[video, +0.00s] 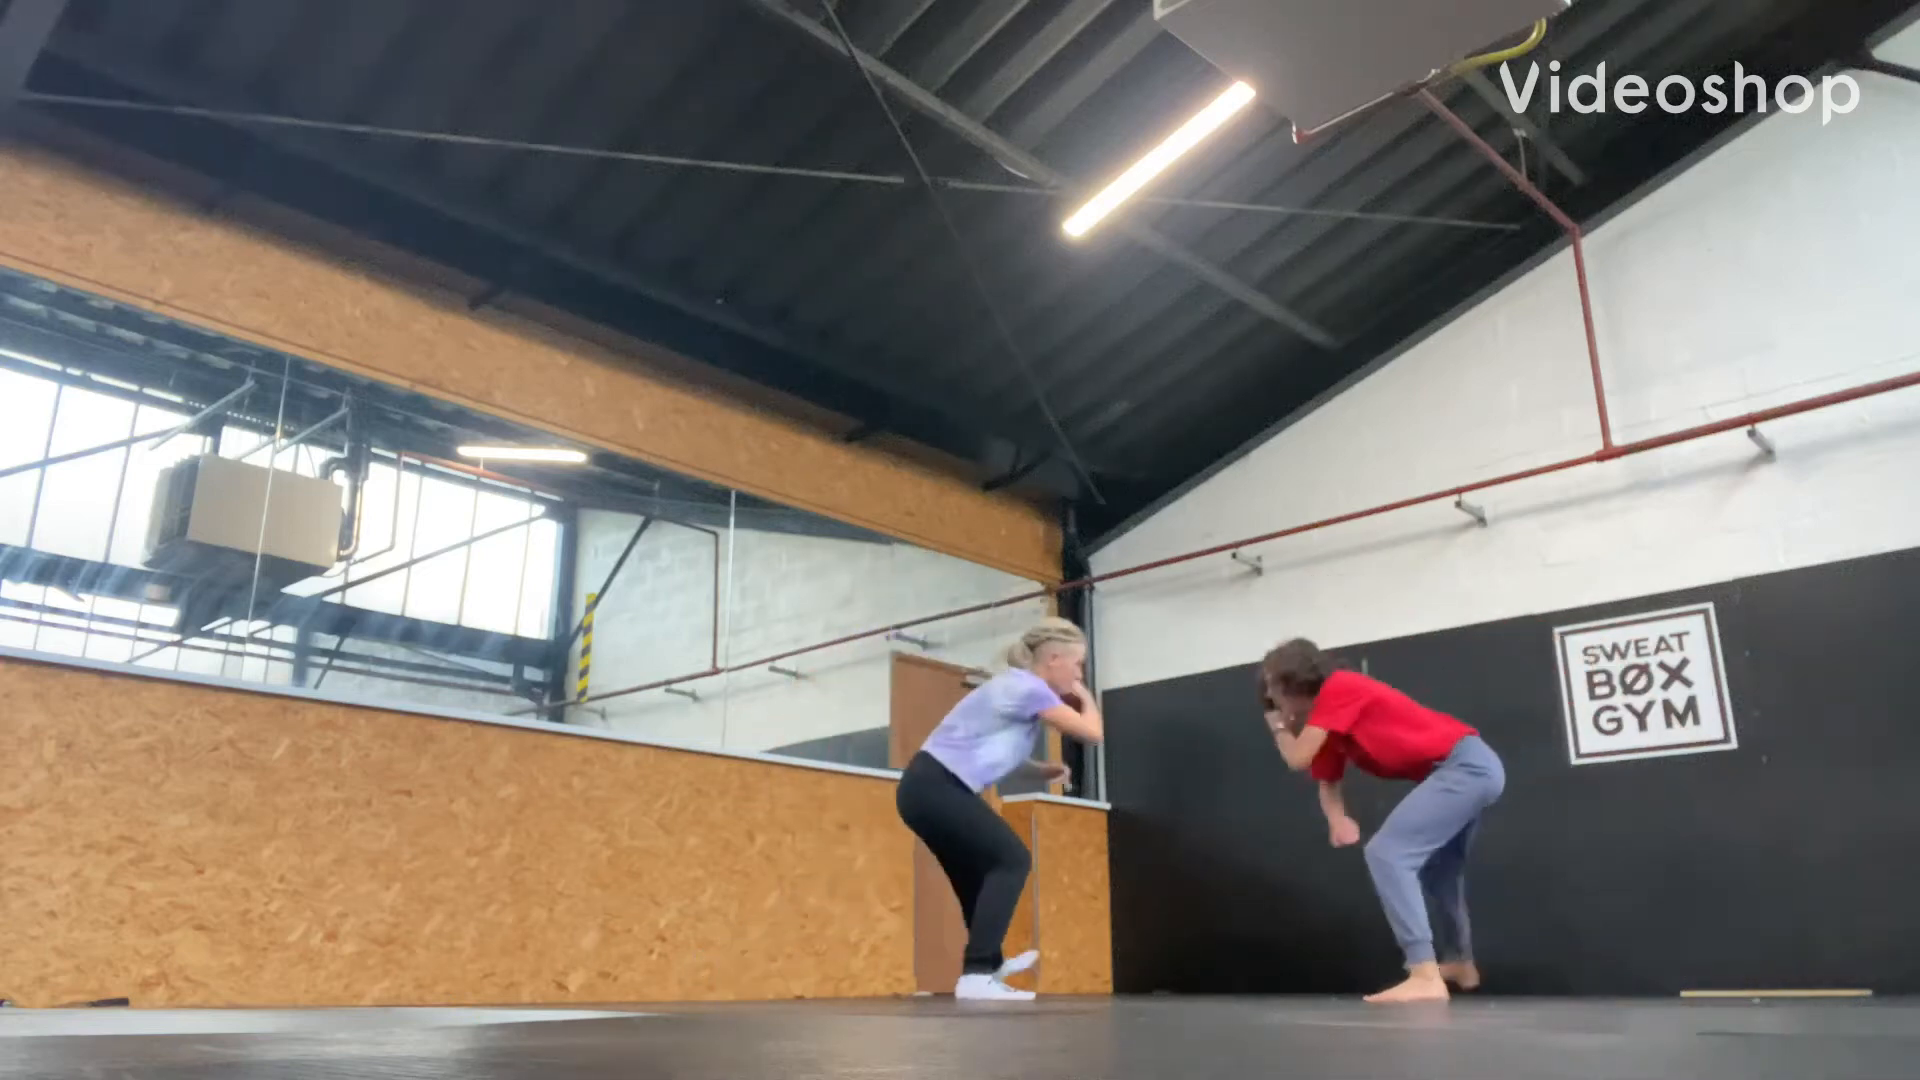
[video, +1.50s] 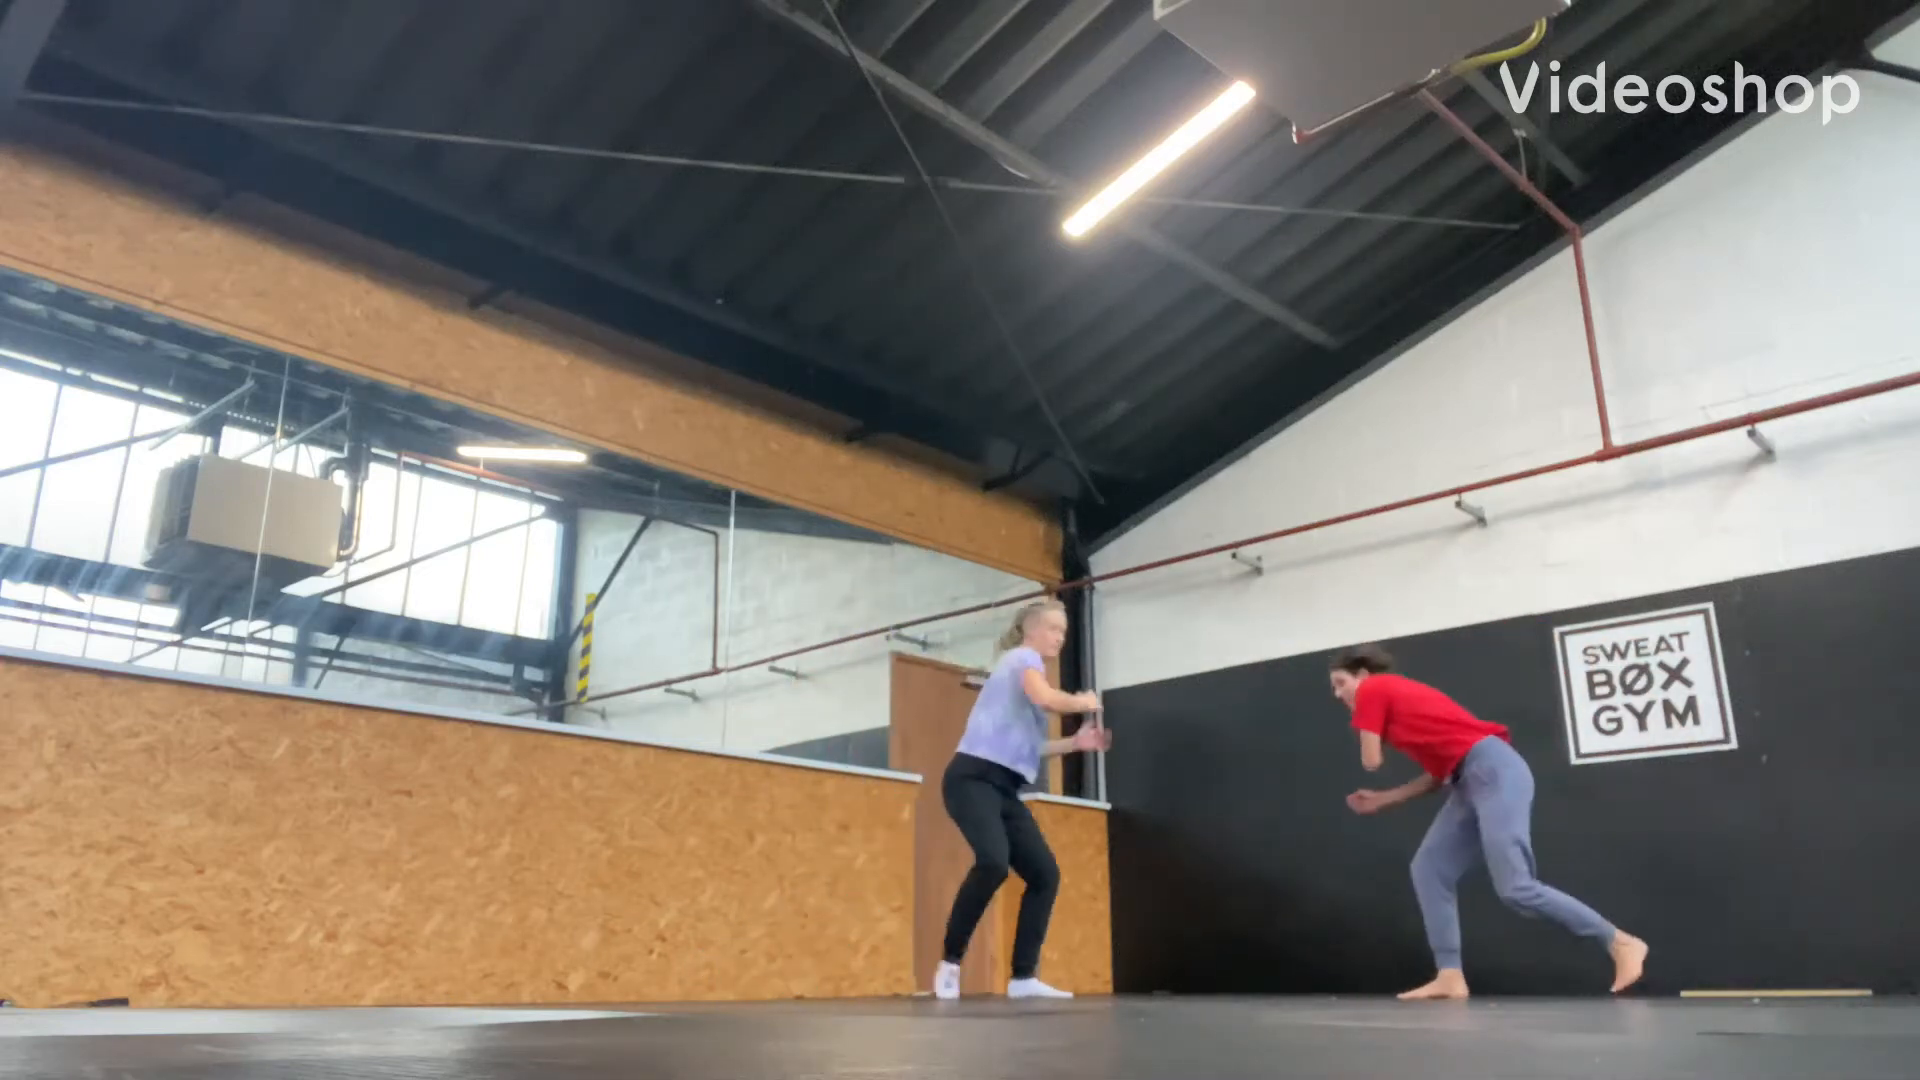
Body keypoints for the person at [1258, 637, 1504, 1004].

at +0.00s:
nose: (1280, 709)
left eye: (1279, 700)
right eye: (1275, 701)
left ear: (1297, 686)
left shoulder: (1341, 686)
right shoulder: (1329, 722)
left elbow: (1296, 757)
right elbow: (1329, 781)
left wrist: (1277, 729)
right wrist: (1338, 822)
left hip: (1467, 765)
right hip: (1470, 768)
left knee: (1387, 852)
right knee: (1440, 868)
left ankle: (1424, 976)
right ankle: (1460, 965)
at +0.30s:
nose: (1268, 733)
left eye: (1270, 724)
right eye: (1264, 727)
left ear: (1286, 717)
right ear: (1271, 729)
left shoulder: (1326, 717)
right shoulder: (1292, 758)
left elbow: (1386, 739)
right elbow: (1249, 779)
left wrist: (1352, 787)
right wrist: (1196, 789)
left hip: (1445, 777)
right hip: (1415, 802)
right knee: (1372, 868)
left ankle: (1441, 962)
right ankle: (1397, 974)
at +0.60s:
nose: (1284, 699)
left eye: (1285, 691)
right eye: (1283, 692)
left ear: (1298, 682)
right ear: (1312, 681)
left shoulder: (1332, 687)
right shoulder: (1343, 711)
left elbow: (1284, 719)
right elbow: (1401, 756)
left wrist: (1262, 714)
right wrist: (1369, 777)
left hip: (1450, 766)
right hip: (1422, 789)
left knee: (1515, 871)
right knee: (1384, 870)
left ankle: (1622, 939)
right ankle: (1398, 978)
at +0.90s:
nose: (1362, 659)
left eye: (1364, 650)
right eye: (1360, 652)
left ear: (1382, 646)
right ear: (1386, 647)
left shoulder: (1411, 665)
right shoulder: (1410, 676)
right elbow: (1478, 715)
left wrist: (1371, 707)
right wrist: (1510, 751)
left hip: (1502, 776)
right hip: (1462, 789)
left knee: (1545, 890)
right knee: (1434, 877)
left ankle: (1621, 956)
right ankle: (1408, 974)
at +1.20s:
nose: (1399, 659)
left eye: (1404, 649)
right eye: (1396, 653)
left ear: (1427, 645)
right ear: (1412, 656)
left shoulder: (1461, 668)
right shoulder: (1444, 690)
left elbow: (1452, 723)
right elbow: (1478, 758)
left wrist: (1413, 707)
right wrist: (1459, 804)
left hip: (1527, 788)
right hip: (1485, 801)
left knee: (1555, 904)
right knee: (1433, 870)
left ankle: (1629, 964)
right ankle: (1422, 970)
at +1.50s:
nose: (1336, 693)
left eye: (1339, 683)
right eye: (1333, 685)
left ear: (1360, 674)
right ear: (1366, 677)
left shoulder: (1372, 688)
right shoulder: (1400, 697)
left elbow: (1371, 761)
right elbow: (1439, 773)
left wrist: (1365, 725)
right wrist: (1383, 798)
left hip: (1492, 767)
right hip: (1468, 785)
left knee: (1515, 887)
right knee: (1429, 868)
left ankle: (1622, 944)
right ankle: (1450, 977)